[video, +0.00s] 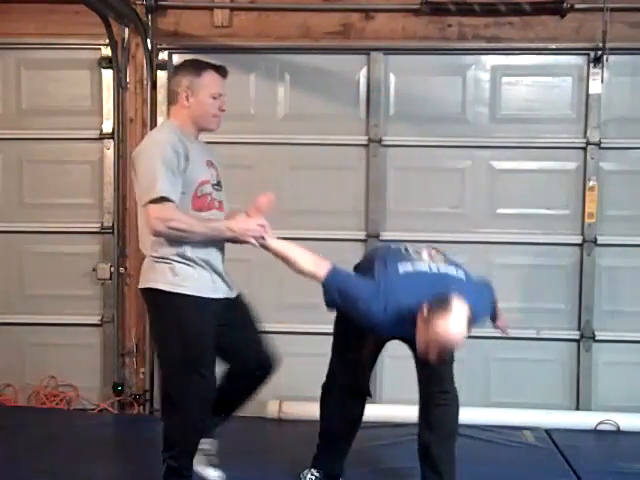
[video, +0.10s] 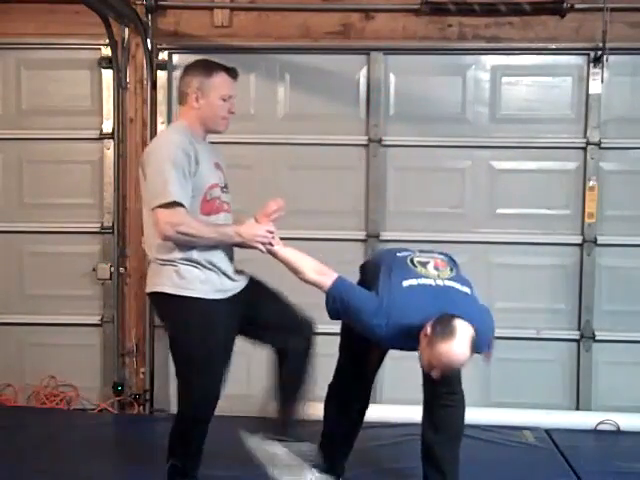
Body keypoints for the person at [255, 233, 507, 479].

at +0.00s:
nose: (436, 356)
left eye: (446, 350)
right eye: (434, 344)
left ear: (463, 329)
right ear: (422, 316)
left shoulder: (476, 301)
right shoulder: (375, 308)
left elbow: (490, 295)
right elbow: (316, 266)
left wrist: (498, 318)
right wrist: (268, 241)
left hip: (440, 275)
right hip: (379, 272)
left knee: (440, 393)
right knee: (346, 382)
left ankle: (439, 474)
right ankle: (324, 469)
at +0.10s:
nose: (434, 377)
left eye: (443, 372)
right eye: (432, 367)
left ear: (467, 351)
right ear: (426, 335)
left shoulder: (485, 331)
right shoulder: (379, 323)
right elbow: (319, 275)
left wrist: (486, 351)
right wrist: (273, 246)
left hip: (444, 269)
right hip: (383, 269)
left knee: (445, 393)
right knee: (353, 380)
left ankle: (442, 475)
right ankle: (329, 467)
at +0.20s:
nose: (447, 370)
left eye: (457, 365)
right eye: (445, 359)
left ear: (476, 349)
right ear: (435, 329)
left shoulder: (485, 331)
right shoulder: (385, 320)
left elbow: (484, 349)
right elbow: (323, 272)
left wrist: (479, 374)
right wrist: (275, 245)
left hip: (447, 270)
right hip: (387, 271)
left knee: (450, 396)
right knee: (356, 385)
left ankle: (443, 473)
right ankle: (326, 470)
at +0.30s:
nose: (463, 347)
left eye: (474, 342)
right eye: (460, 336)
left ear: (488, 330)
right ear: (447, 312)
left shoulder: (486, 322)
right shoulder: (397, 310)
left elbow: (482, 350)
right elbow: (332, 268)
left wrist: (472, 386)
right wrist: (281, 243)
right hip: (386, 280)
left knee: (449, 400)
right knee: (358, 388)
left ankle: (443, 475)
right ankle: (327, 469)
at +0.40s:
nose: (480, 322)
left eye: (491, 314)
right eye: (476, 310)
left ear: (502, 308)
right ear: (461, 289)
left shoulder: (495, 312)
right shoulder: (410, 294)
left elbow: (477, 349)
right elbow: (342, 262)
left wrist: (464, 383)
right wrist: (288, 240)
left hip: (444, 324)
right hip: (380, 305)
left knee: (449, 402)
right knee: (357, 390)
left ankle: (442, 474)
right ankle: (324, 469)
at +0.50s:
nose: (493, 311)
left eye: (503, 305)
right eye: (490, 299)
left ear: (513, 298)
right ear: (474, 276)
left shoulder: (499, 309)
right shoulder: (420, 286)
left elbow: (473, 347)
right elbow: (356, 256)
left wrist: (454, 389)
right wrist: (300, 237)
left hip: (442, 320)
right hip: (381, 308)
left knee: (448, 402)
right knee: (357, 392)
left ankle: (442, 475)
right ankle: (325, 469)